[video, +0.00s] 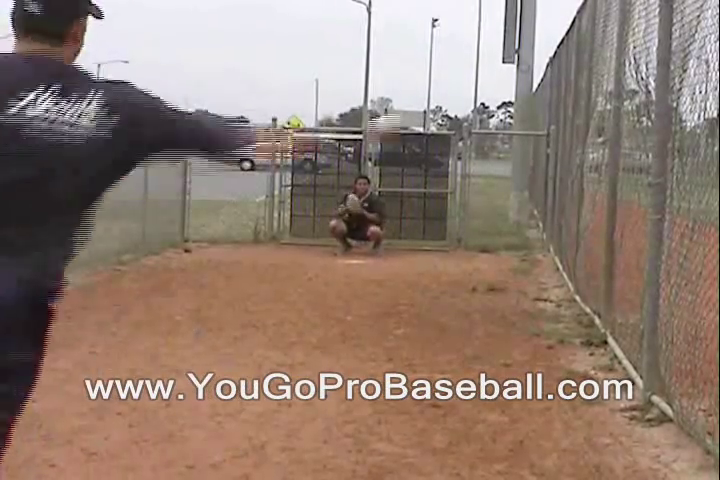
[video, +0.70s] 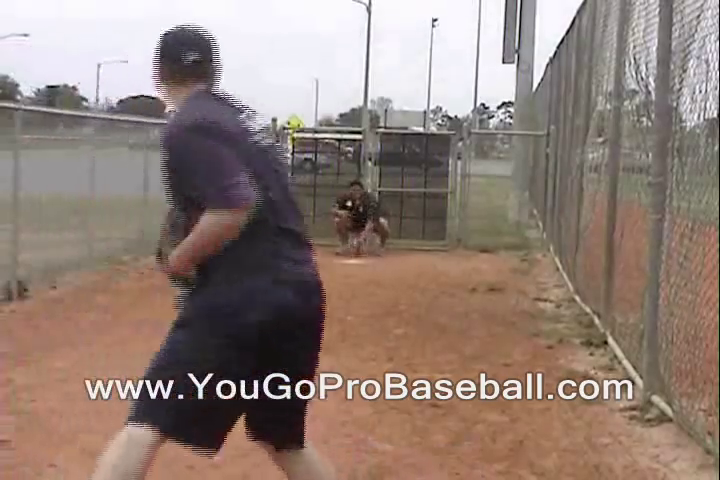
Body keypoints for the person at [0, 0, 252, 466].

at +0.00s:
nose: (84, 39)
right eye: (85, 30)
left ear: (15, 27)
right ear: (76, 34)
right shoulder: (110, 104)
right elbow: (192, 130)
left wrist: (256, 141)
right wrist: (268, 142)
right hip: (26, 278)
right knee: (7, 395)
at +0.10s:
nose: (17, 30)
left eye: (19, 21)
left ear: (27, 22)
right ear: (85, 27)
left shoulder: (19, 59)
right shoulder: (96, 66)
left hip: (28, 234)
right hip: (101, 229)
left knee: (18, 331)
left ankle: (10, 434)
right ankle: (16, 437)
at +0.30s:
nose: (10, 48)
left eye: (11, 41)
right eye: (13, 42)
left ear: (16, 41)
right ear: (68, 37)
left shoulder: (32, 63)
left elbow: (118, 71)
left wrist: (59, 143)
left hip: (76, 244)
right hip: (156, 240)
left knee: (29, 407)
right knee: (159, 399)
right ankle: (309, 433)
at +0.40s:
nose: (30, 54)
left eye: (33, 47)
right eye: (34, 47)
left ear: (43, 48)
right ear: (91, 48)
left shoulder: (55, 76)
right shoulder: (114, 94)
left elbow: (128, 100)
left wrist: (73, 174)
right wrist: (42, 220)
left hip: (110, 262)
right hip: (185, 249)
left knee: (53, 416)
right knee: (256, 398)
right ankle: (424, 461)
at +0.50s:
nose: (66, 67)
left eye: (68, 59)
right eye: (70, 58)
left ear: (75, 61)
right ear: (122, 62)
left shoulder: (85, 89)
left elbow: (128, 128)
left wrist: (80, 199)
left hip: (157, 261)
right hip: (230, 254)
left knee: (83, 423)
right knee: (289, 409)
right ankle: (384, 470)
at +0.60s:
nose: (112, 82)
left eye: (114, 74)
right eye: (115, 74)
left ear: (120, 77)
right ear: (166, 77)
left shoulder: (137, 117)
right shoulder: (202, 126)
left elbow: (180, 177)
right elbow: (237, 203)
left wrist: (132, 237)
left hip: (201, 286)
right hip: (273, 281)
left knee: (115, 430)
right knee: (283, 425)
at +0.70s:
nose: (155, 72)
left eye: (157, 64)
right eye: (158, 64)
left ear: (162, 70)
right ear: (209, 69)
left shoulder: (190, 122)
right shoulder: (238, 114)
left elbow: (234, 205)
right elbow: (274, 203)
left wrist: (182, 259)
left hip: (238, 294)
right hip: (297, 289)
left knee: (142, 432)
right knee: (287, 441)